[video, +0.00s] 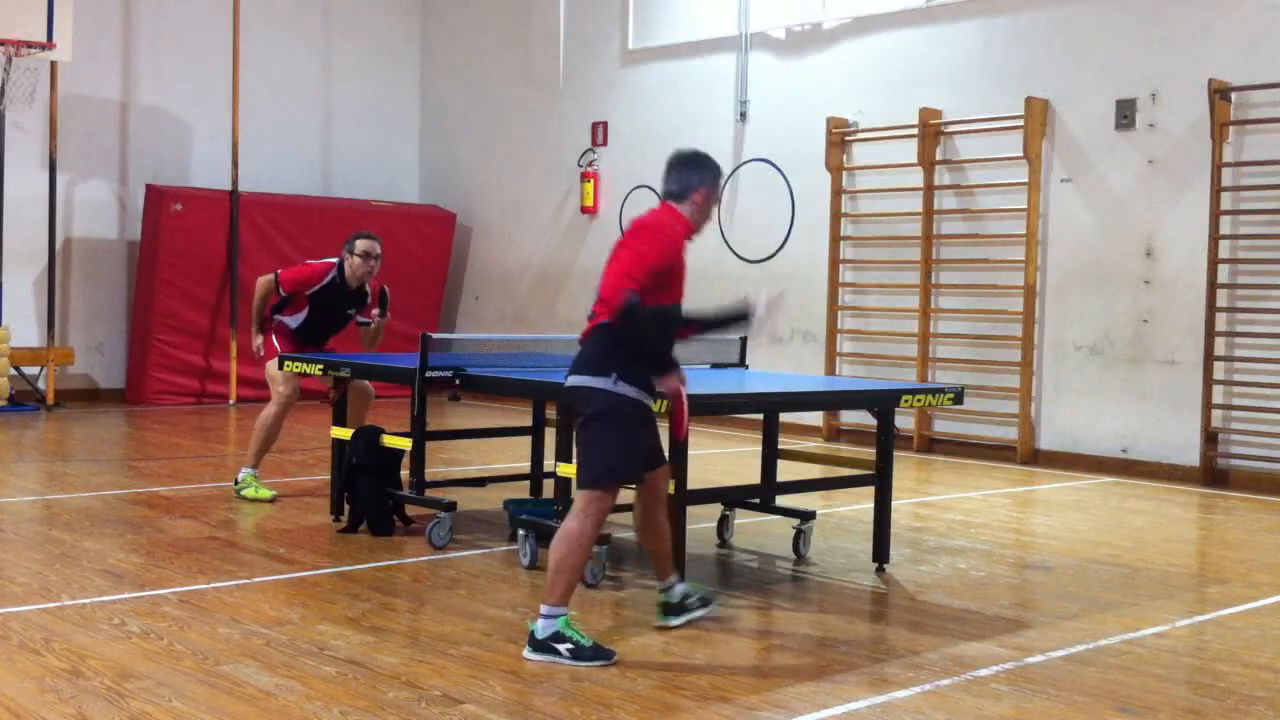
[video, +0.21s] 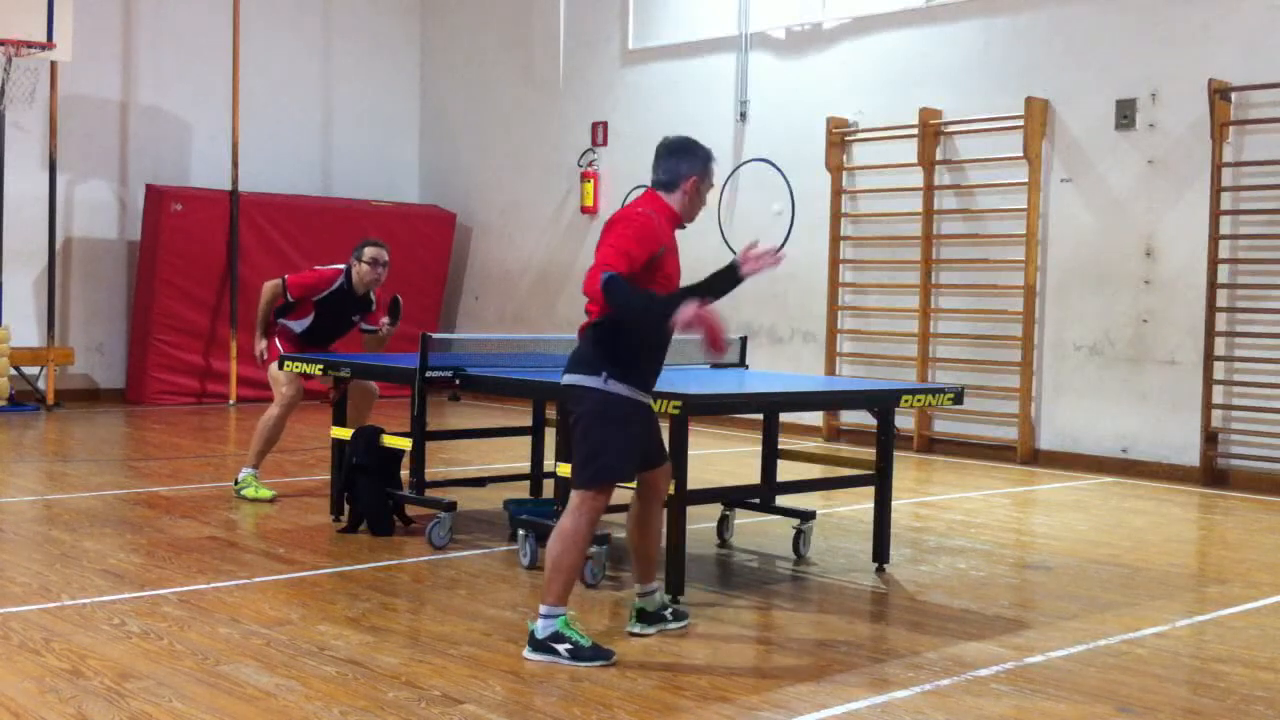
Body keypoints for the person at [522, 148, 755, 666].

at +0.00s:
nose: (715, 209)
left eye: (717, 199)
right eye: (716, 198)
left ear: (675, 190)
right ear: (702, 195)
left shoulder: (663, 232)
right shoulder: (660, 230)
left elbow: (656, 325)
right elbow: (617, 296)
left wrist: (736, 318)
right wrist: (659, 364)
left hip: (622, 387)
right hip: (605, 386)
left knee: (655, 479)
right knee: (592, 504)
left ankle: (673, 592)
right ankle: (547, 625)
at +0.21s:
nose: (709, 196)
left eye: (709, 186)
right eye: (707, 185)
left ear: (672, 180)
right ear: (690, 183)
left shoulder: (657, 228)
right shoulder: (640, 220)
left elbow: (675, 302)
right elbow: (608, 284)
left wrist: (736, 272)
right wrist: (672, 312)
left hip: (627, 388)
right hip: (601, 386)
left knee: (655, 479)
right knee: (588, 501)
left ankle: (649, 602)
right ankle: (547, 626)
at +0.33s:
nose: (718, 204)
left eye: (718, 194)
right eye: (718, 193)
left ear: (681, 183)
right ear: (702, 188)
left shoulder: (667, 230)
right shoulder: (653, 221)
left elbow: (667, 304)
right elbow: (633, 282)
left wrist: (722, 292)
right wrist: (713, 283)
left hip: (632, 389)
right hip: (604, 386)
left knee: (656, 480)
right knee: (595, 498)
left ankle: (649, 603)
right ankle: (547, 626)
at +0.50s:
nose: (735, 230)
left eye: (737, 221)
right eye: (737, 219)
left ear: (696, 202)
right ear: (724, 208)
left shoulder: (648, 235)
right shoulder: (696, 237)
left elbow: (590, 305)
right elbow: (716, 306)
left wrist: (654, 323)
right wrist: (784, 292)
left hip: (611, 387)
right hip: (620, 391)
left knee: (655, 480)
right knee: (612, 502)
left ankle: (663, 605)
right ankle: (549, 623)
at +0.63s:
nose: (740, 230)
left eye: (738, 223)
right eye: (741, 223)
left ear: (691, 215)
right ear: (732, 219)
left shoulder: (650, 247)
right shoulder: (735, 262)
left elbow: (586, 297)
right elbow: (768, 348)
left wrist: (629, 320)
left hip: (619, 379)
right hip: (660, 384)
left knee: (656, 496)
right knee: (637, 506)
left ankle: (662, 606)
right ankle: (553, 616)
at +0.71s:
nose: (730, 226)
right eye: (735, 220)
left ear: (688, 217)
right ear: (735, 220)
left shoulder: (657, 250)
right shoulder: (748, 266)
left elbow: (604, 286)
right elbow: (785, 334)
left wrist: (581, 299)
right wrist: (811, 388)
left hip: (638, 389)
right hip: (691, 392)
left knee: (652, 496)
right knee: (684, 508)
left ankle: (660, 604)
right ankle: (610, 586)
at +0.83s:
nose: (706, 213)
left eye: (707, 206)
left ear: (707, 210)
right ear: (751, 217)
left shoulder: (676, 252)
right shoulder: (769, 266)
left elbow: (615, 296)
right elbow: (817, 333)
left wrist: (557, 320)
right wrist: (855, 395)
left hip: (672, 396)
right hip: (732, 397)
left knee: (667, 495)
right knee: (760, 495)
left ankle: (661, 605)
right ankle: (758, 564)